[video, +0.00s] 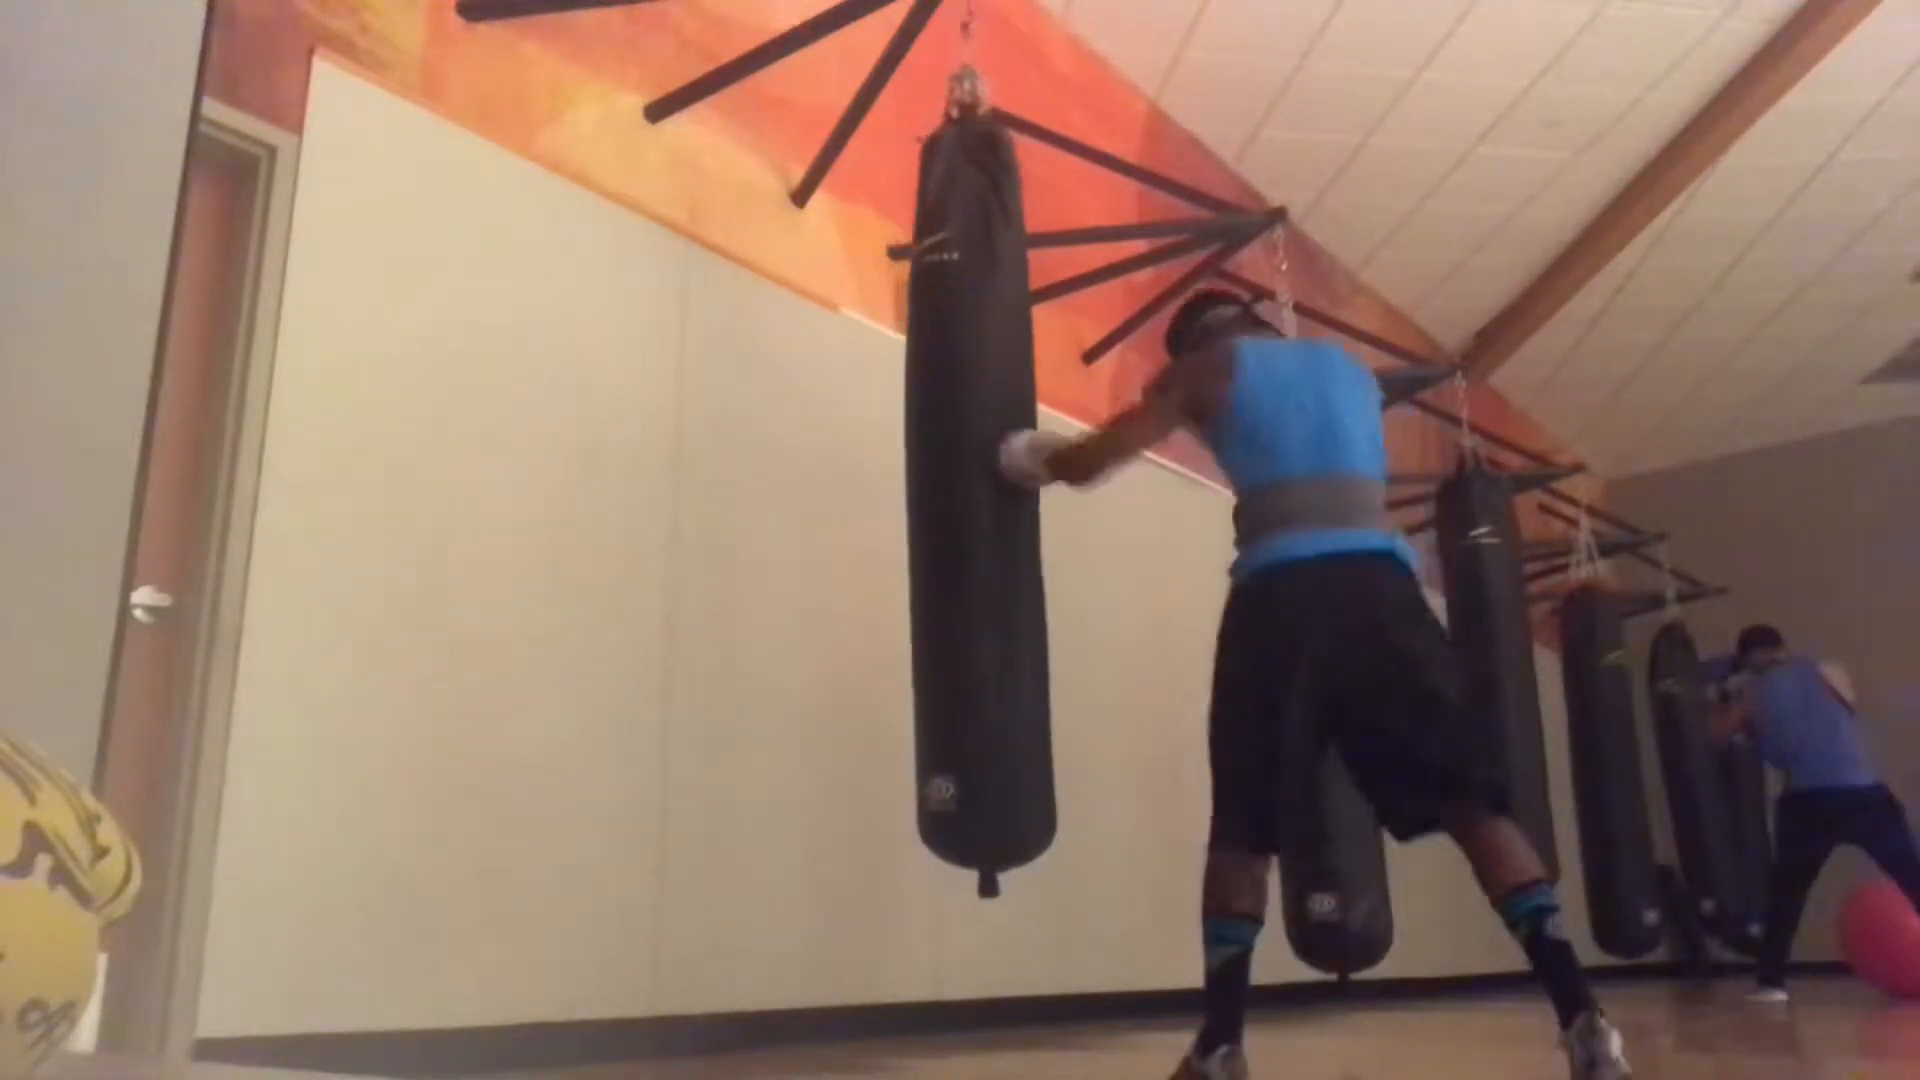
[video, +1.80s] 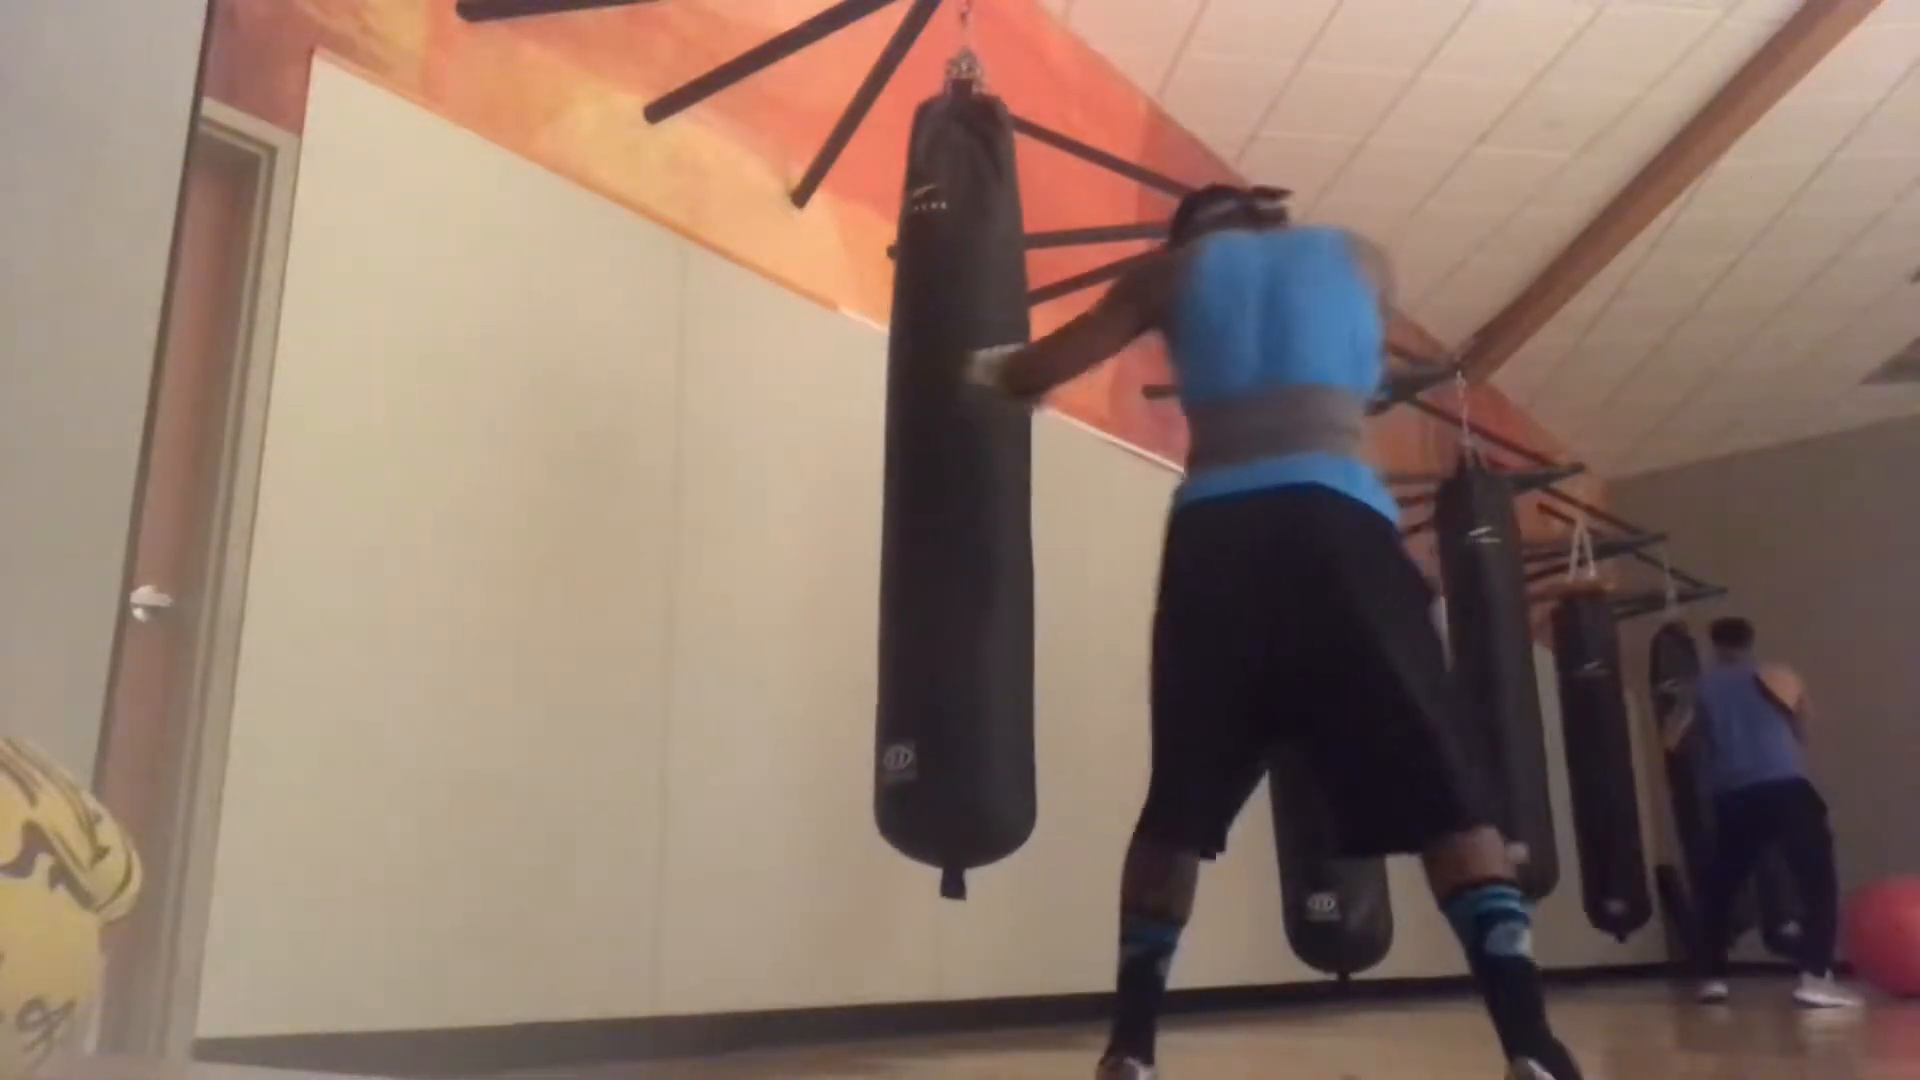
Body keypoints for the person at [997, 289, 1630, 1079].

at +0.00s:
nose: (1176, 380)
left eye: (1181, 365)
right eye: (1179, 371)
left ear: (1194, 347)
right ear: (1264, 323)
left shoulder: (1204, 366)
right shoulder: (1347, 366)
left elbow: (1088, 463)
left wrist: (1033, 456)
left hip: (1275, 612)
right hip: (1383, 599)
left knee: (1241, 827)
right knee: (1473, 805)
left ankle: (1221, 1041)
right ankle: (1582, 1016)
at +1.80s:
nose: (1176, 258)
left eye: (1179, 246)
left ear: (1193, 239)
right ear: (1268, 218)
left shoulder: (1175, 266)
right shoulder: (1353, 254)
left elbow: (1040, 368)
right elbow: (1409, 357)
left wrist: (985, 370)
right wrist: (1359, 376)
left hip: (1213, 548)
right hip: (1342, 541)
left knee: (1177, 803)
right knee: (1444, 793)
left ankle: (1129, 1047)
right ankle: (1529, 1046)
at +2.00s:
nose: (1139, 264)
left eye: (1143, 250)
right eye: (1142, 252)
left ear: (1167, 237)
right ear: (1251, 226)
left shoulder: (1150, 266)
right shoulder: (1313, 269)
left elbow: (1030, 384)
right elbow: (1323, 395)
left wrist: (997, 382)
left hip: (1177, 539)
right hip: (1303, 536)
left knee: (1151, 798)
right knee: (1397, 786)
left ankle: (1127, 1051)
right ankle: (1441, 1028)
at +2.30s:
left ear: (1155, 285)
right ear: (1236, 274)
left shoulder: (1116, 332)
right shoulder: (1299, 312)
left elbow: (1030, 449)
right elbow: (1299, 431)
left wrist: (1087, 453)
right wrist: (1134, 454)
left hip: (1140, 595)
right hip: (1271, 592)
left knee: (1093, 820)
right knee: (1385, 811)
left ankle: (1022, 1031)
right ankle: (1441, 1040)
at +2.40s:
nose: (1251, 303)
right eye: (1240, 295)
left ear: (1122, 321)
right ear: (1199, 301)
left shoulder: (1086, 368)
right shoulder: (1250, 329)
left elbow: (1012, 458)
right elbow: (1287, 482)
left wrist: (988, 524)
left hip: (1097, 604)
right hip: (1221, 598)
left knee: (1069, 825)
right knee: (1381, 806)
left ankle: (996, 1043)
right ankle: (1389, 1024)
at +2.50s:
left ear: (1098, 325)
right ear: (1177, 309)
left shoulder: (1063, 372)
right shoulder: (1242, 327)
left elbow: (994, 513)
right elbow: (1253, 488)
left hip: (1075, 595)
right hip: (1196, 592)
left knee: (1061, 816)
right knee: (1315, 813)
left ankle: (994, 1042)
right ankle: (1282, 1041)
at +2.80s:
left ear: (1029, 300)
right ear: (1108, 289)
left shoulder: (994, 346)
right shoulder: (1165, 325)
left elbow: (942, 451)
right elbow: (1210, 476)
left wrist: (977, 446)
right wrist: (1134, 453)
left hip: (1005, 594)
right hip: (1125, 587)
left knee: (998, 822)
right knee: (1224, 799)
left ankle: (959, 1040)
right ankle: (1280, 1000)